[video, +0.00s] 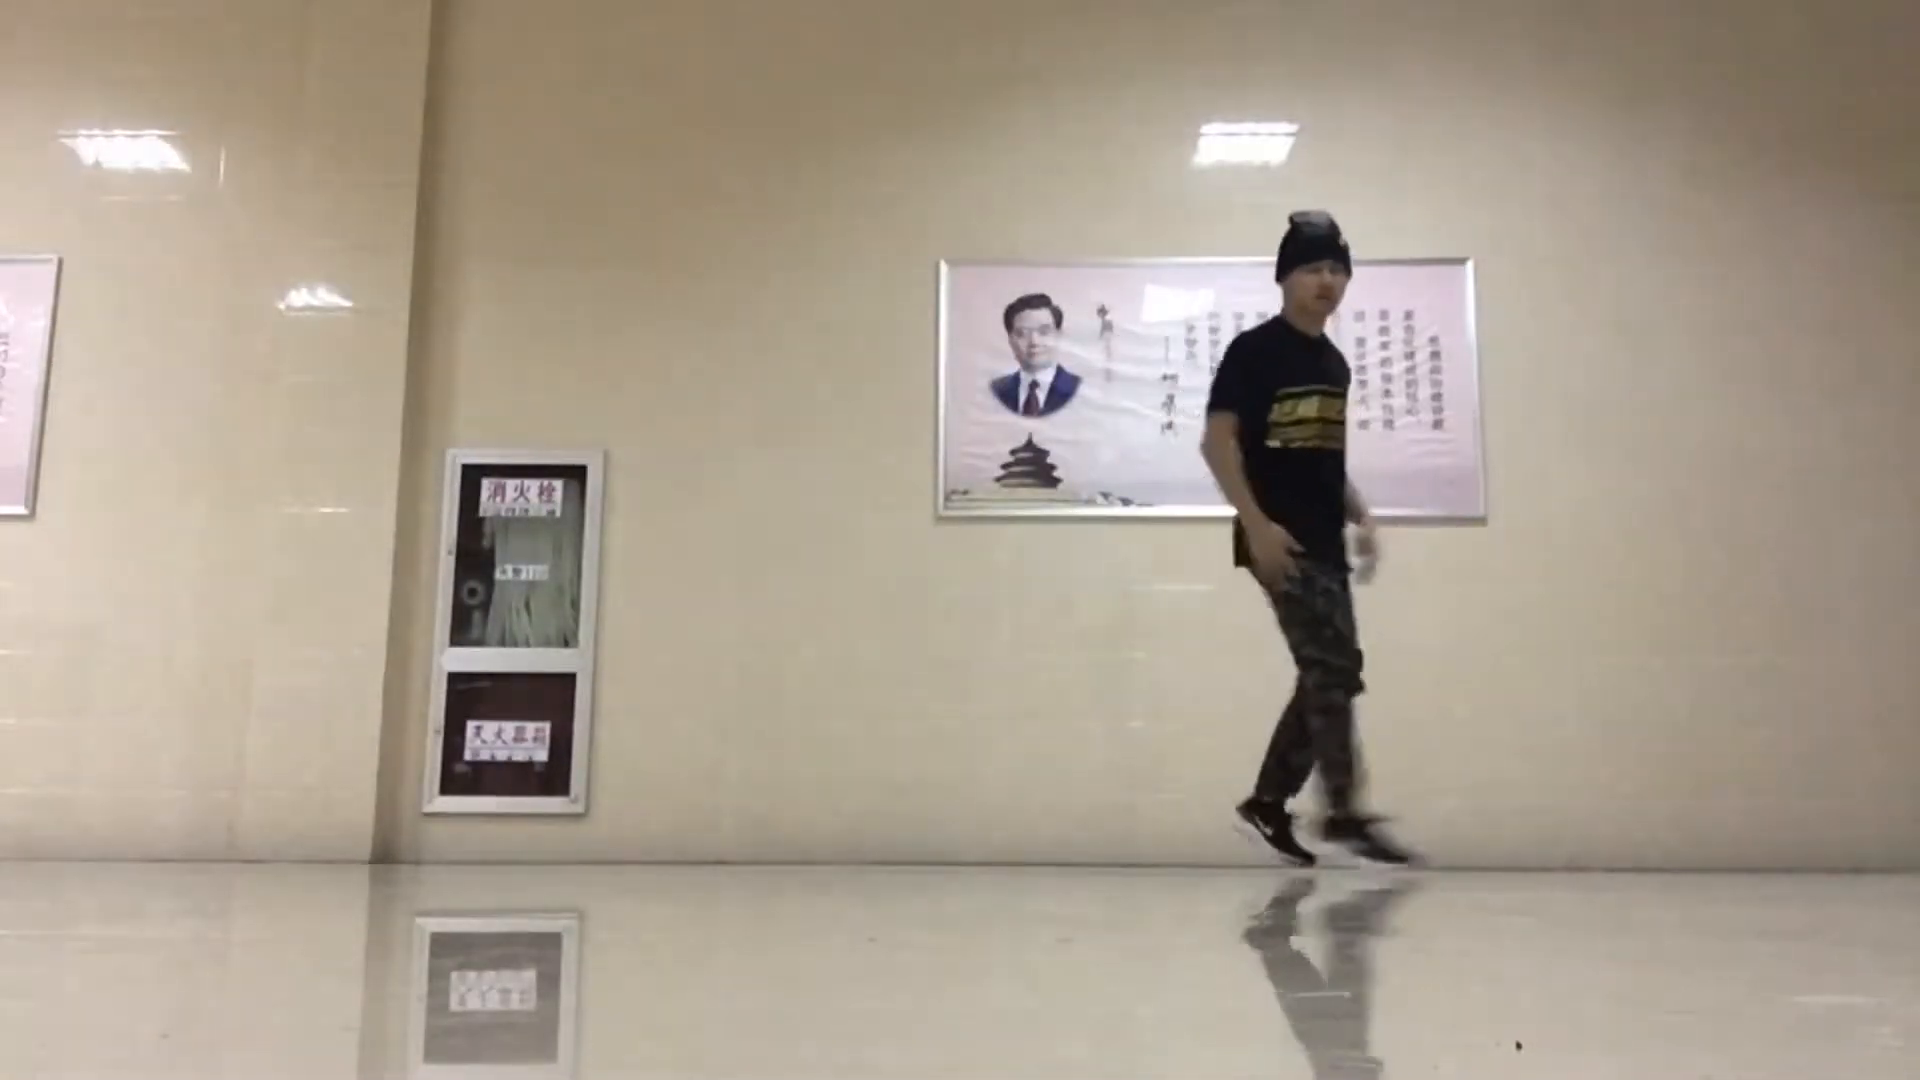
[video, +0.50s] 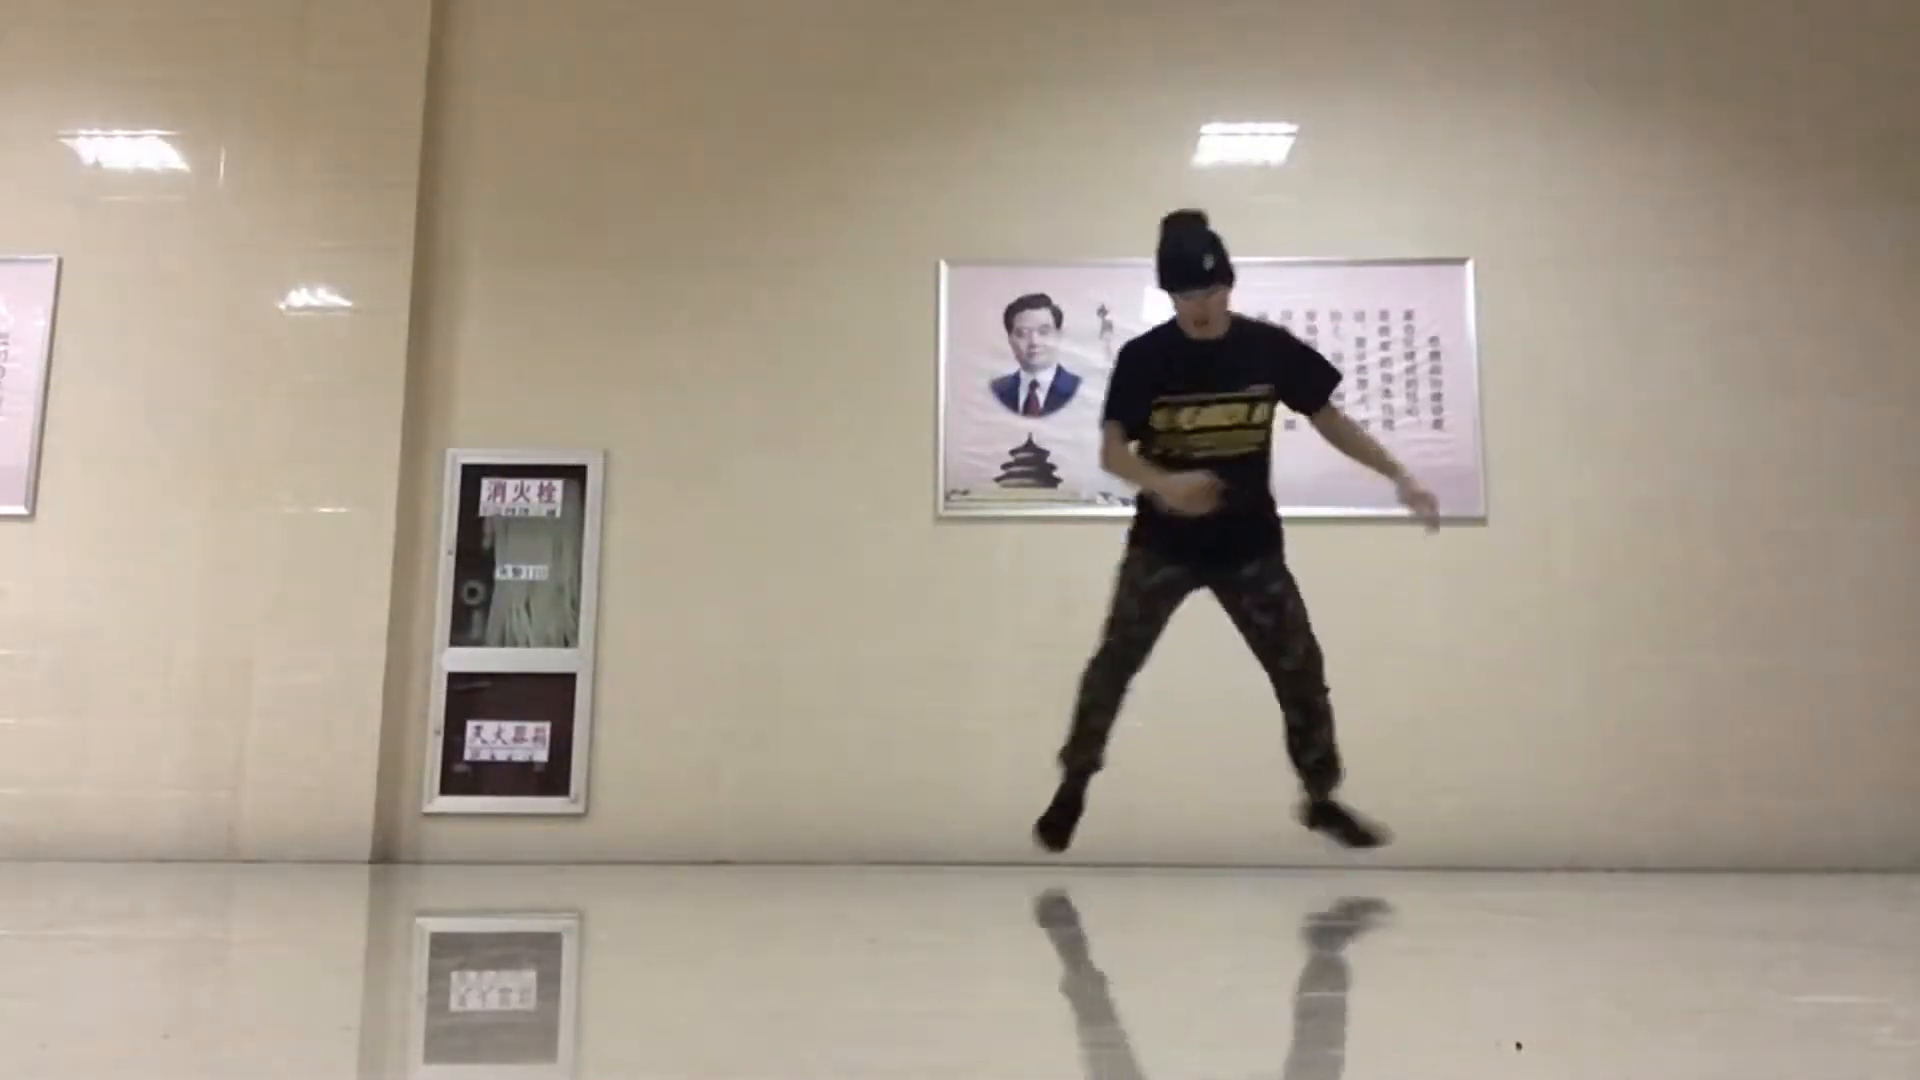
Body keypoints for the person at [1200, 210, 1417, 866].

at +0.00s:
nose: (1329, 284)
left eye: (1338, 273)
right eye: (1315, 270)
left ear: (1346, 283)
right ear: (1285, 275)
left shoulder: (1333, 361)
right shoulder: (1251, 350)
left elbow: (1326, 457)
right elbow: (1218, 443)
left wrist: (1358, 515)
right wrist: (1255, 524)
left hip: (1327, 536)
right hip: (1280, 535)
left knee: (1329, 671)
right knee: (1332, 666)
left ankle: (1267, 800)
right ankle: (1344, 812)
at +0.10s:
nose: (1318, 310)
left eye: (1326, 298)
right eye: (1304, 297)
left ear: (1335, 306)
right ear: (1273, 302)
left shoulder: (1327, 389)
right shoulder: (1235, 380)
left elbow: (1312, 475)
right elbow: (1197, 471)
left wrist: (1333, 532)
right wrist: (1234, 553)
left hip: (1311, 557)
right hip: (1258, 558)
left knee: (1312, 684)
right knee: (1323, 675)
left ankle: (1269, 819)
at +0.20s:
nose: (1292, 332)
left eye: (1301, 319)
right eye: (1278, 321)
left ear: (1314, 324)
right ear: (1254, 328)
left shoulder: (1317, 407)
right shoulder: (1224, 401)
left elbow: (1313, 503)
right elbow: (1199, 499)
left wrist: (1326, 583)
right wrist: (1238, 582)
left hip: (1304, 579)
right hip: (1246, 581)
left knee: (1313, 715)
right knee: (1287, 705)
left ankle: (1264, 837)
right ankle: (1168, 729)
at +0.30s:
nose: (1257, 314)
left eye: (1266, 299)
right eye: (1243, 303)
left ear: (1283, 300)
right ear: (1223, 309)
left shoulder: (1308, 382)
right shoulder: (1196, 386)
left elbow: (1315, 472)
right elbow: (1182, 481)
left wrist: (1342, 545)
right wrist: (1244, 543)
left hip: (1284, 555)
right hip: (1218, 553)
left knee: (1291, 699)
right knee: (1221, 681)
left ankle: (1263, 830)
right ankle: (1137, 727)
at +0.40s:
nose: (1223, 295)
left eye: (1233, 281)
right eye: (1209, 284)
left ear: (1252, 276)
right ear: (1192, 284)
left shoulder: (1290, 348)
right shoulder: (1169, 354)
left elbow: (1324, 431)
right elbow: (1149, 450)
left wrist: (1372, 497)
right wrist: (1216, 483)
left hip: (1267, 534)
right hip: (1192, 533)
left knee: (1288, 671)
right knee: (1167, 644)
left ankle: (1280, 804)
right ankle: (1109, 750)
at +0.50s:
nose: (1207, 302)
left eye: (1215, 287)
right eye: (1192, 292)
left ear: (1230, 282)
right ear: (1170, 293)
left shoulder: (1269, 349)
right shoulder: (1141, 359)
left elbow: (1332, 423)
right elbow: (1112, 454)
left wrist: (1400, 476)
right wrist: (1164, 484)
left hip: (1247, 545)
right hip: (1163, 546)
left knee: (1299, 666)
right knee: (1114, 662)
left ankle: (1322, 798)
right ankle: (1072, 785)